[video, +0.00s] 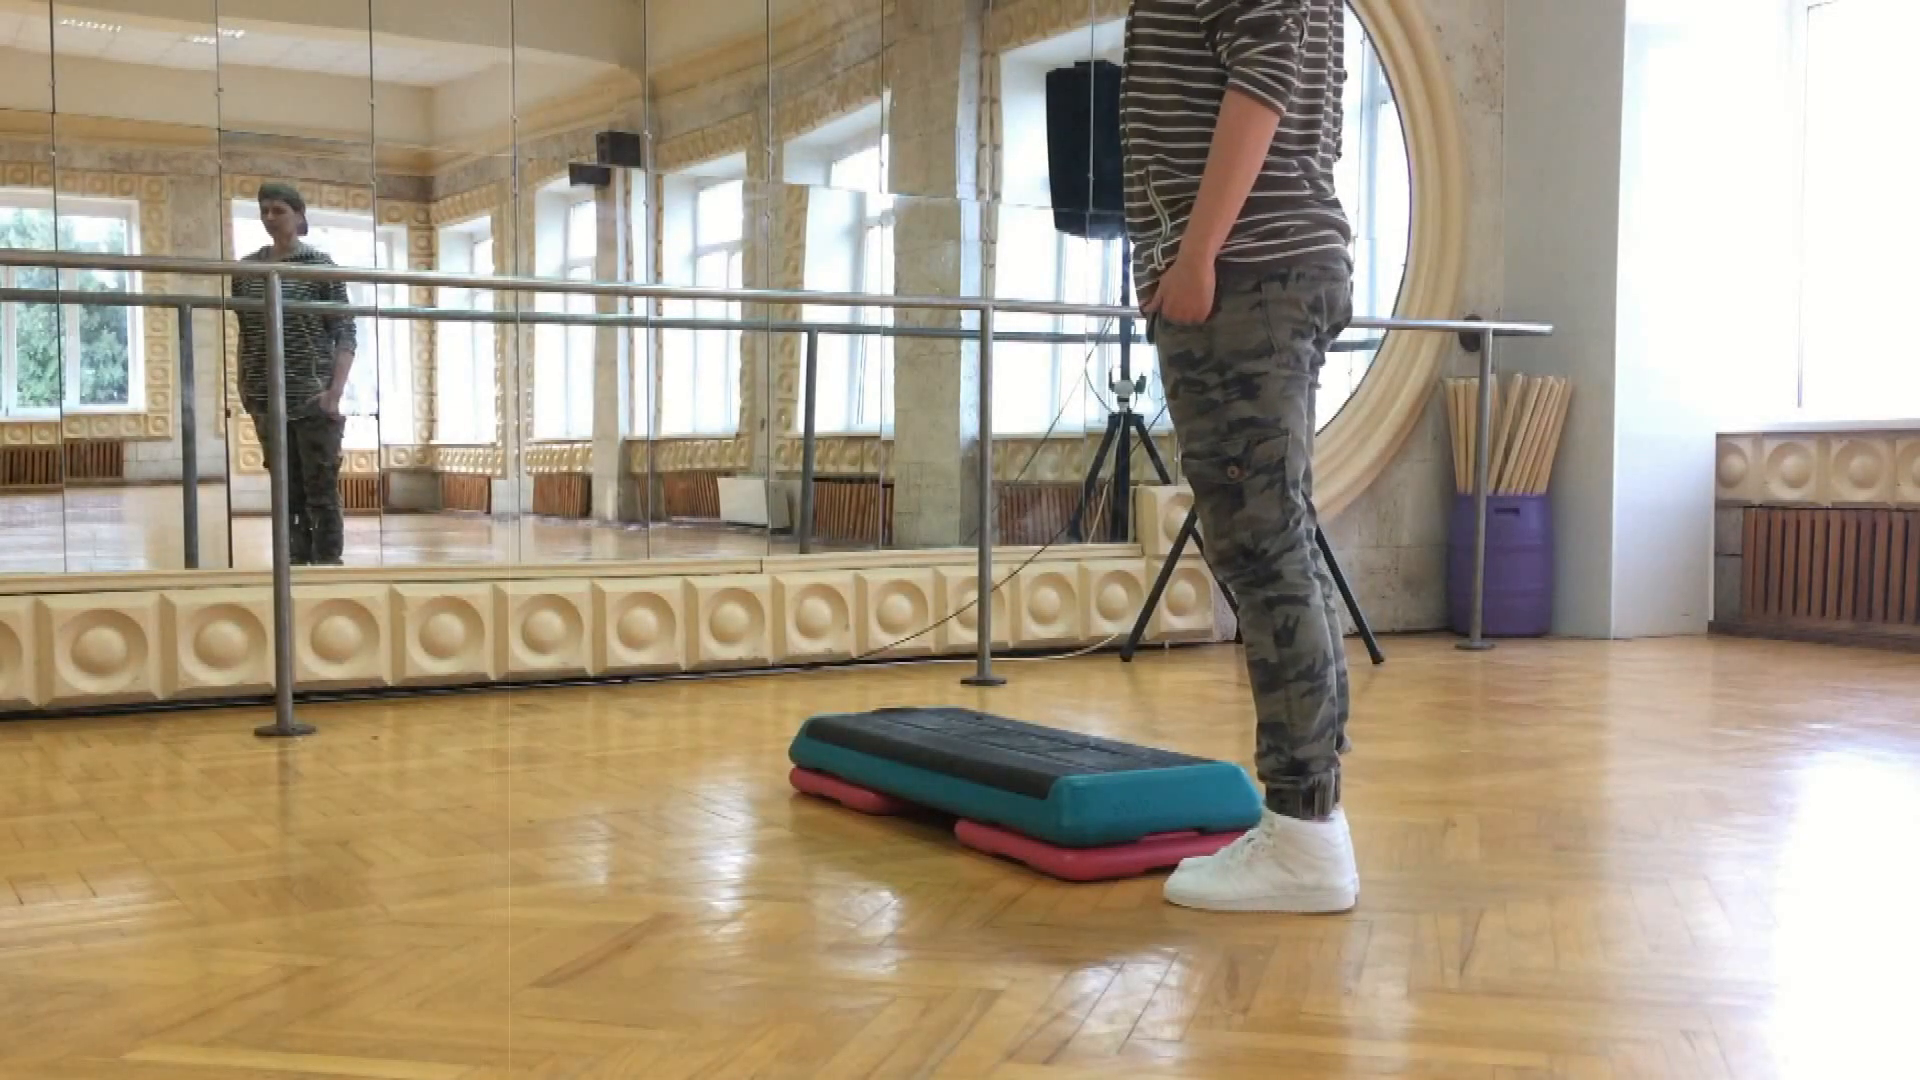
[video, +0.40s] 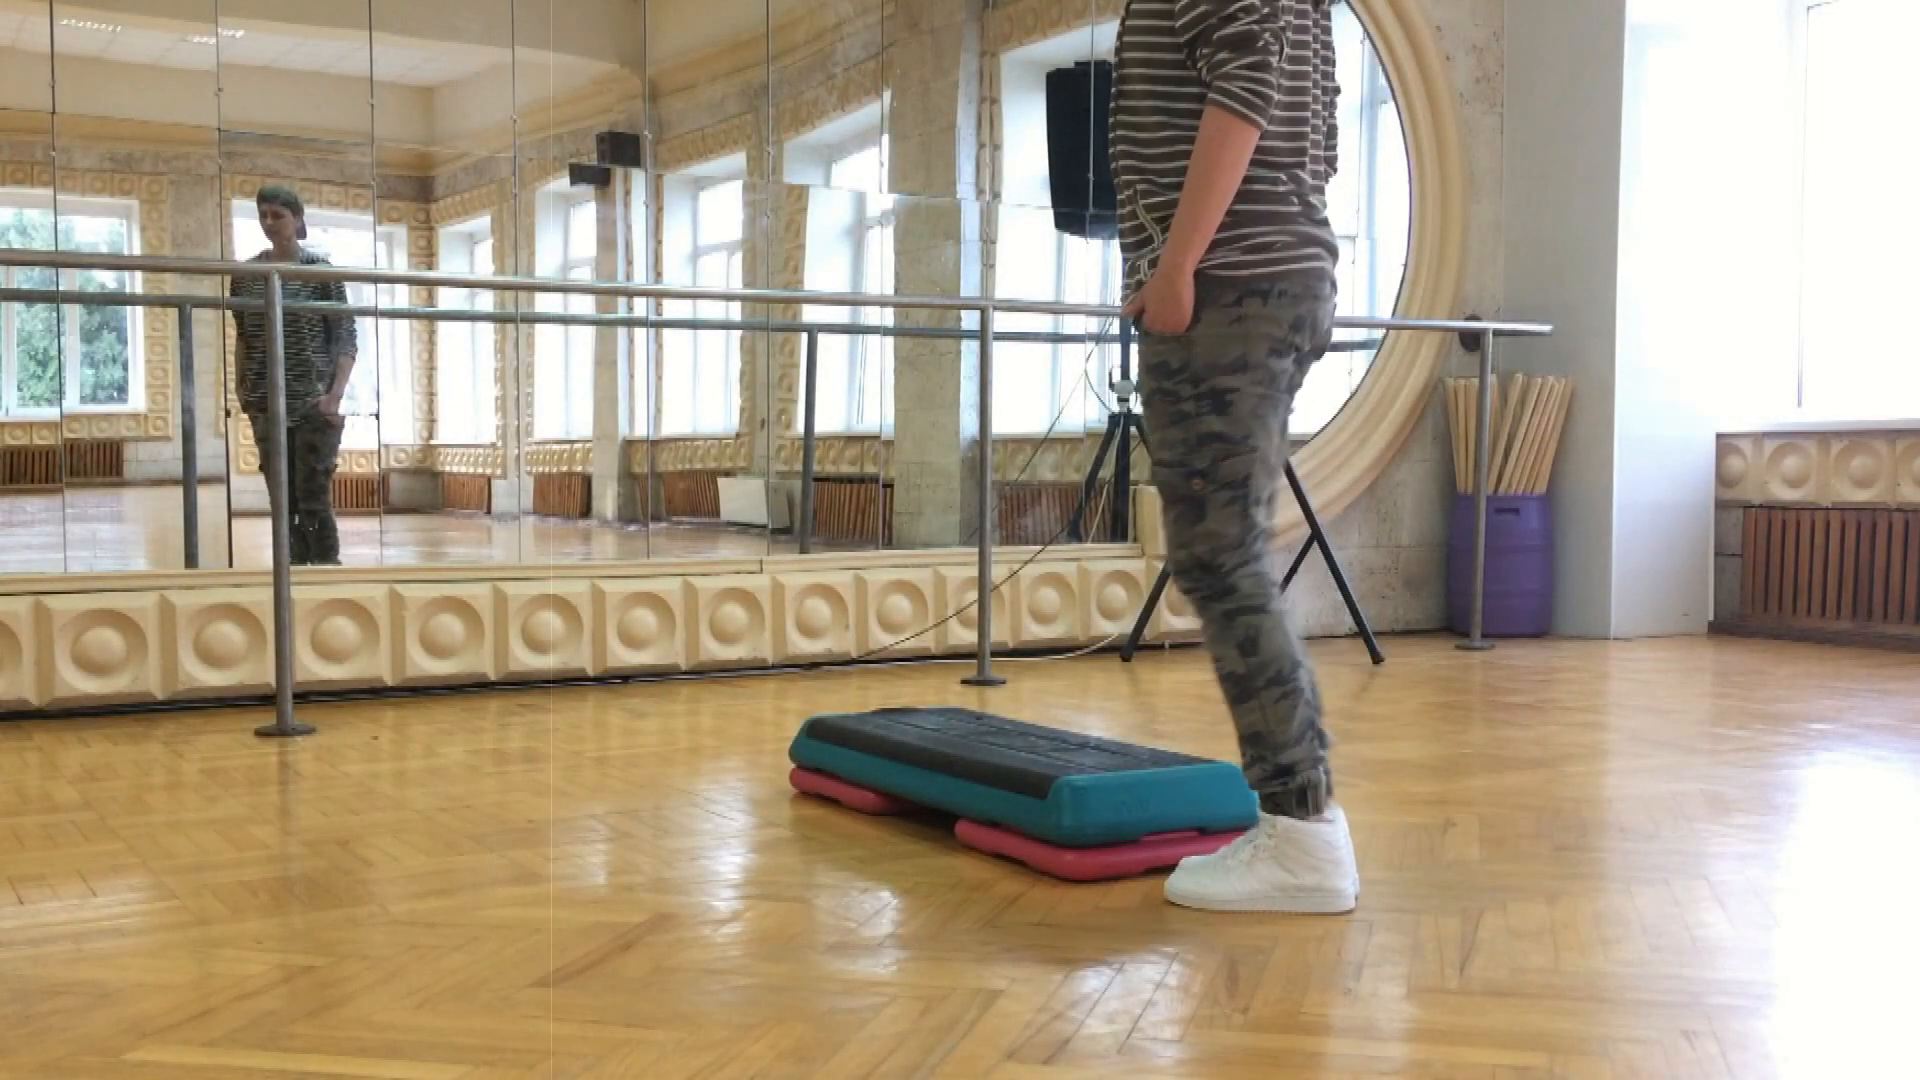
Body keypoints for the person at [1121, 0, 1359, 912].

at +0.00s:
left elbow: (1267, 76)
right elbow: (1268, 91)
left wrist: (1195, 254)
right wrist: (1186, 253)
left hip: (1246, 275)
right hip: (1256, 270)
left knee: (1260, 547)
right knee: (1271, 543)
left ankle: (1303, 835)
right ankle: (1305, 821)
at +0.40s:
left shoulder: (1233, 0)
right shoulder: (1288, 10)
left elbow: (1244, 93)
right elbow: (1315, 148)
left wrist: (1176, 264)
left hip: (1230, 287)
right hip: (1268, 283)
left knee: (1220, 559)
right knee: (1228, 555)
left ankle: (1303, 838)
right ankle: (1302, 824)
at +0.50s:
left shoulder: (1220, 3)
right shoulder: (1291, 19)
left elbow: (1245, 119)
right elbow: (1317, 163)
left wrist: (1163, 286)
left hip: (1230, 301)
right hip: (1250, 302)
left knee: (1156, 561)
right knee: (1107, 538)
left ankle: (1294, 834)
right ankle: (1288, 736)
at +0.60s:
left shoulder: (1209, 4)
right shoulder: (1282, 18)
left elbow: (1254, 141)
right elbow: (1329, 186)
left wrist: (1165, 298)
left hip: (1225, 320)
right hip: (1254, 322)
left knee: (1140, 573)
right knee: (1046, 486)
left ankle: (1292, 835)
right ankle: (1229, 648)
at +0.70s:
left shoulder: (1188, 2)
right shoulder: (1159, 20)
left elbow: (1258, 103)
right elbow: (1298, 135)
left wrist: (1178, 269)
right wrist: (1168, 260)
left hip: (1235, 279)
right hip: (1195, 285)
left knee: (1179, 557)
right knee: (1040, 439)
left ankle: (1292, 834)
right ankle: (1149, 674)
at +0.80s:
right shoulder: (1097, 22)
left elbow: (1266, 46)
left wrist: (1213, 223)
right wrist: (1153, 241)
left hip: (1249, 236)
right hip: (1167, 258)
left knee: (1260, 501)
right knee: (1064, 448)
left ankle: (1280, 797)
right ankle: (1141, 693)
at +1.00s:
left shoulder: (1174, 3)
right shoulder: (1068, 24)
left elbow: (1287, 68)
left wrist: (1249, 235)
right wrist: (1142, 252)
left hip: (1249, 266)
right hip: (1149, 291)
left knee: (1330, 496)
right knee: (1071, 465)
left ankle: (1413, 763)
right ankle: (1144, 704)